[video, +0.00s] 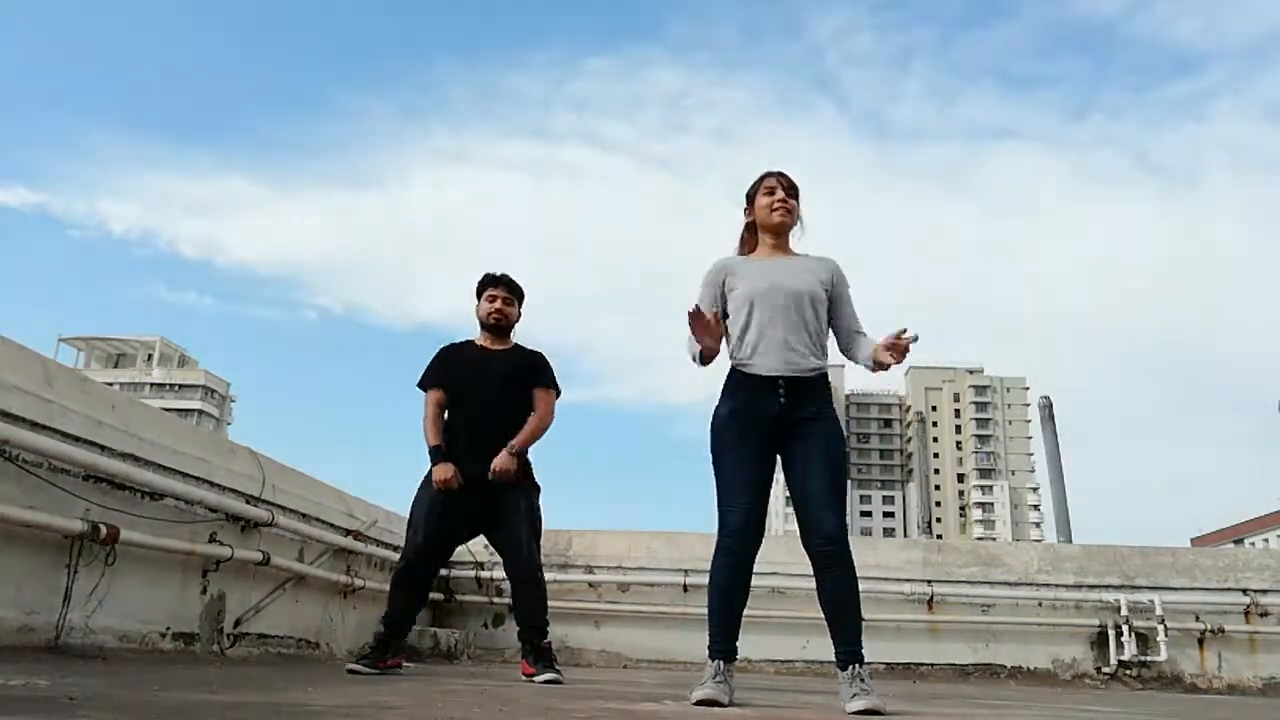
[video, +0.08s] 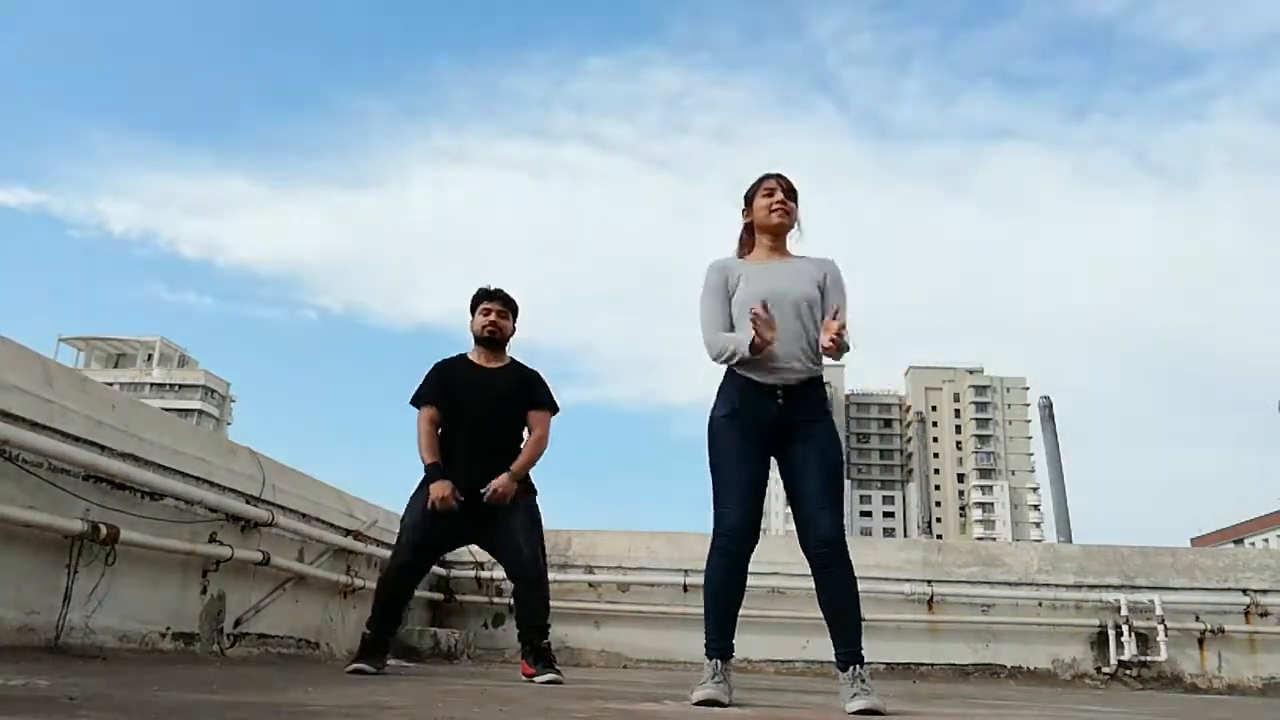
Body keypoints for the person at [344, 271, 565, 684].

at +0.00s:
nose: (498, 306)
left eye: (507, 302)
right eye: (491, 299)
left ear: (518, 313)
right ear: (477, 307)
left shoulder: (534, 362)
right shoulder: (451, 355)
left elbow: (544, 412)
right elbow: (433, 409)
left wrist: (514, 450)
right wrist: (439, 458)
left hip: (508, 483)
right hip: (452, 478)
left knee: (526, 566)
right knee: (416, 558)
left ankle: (537, 653)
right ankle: (389, 644)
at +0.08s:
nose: (493, 319)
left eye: (502, 315)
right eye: (485, 313)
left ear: (513, 328)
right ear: (472, 322)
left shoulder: (529, 380)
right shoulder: (445, 371)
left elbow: (540, 435)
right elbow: (427, 424)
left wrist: (514, 475)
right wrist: (435, 477)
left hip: (505, 494)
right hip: (445, 491)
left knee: (530, 567)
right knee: (404, 561)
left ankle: (536, 656)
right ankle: (373, 650)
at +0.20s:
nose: (482, 315)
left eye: (491, 311)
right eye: (475, 309)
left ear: (502, 323)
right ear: (461, 317)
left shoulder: (514, 376)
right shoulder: (433, 364)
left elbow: (524, 429)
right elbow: (415, 415)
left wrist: (519, 466)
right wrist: (423, 460)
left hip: (492, 490)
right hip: (435, 485)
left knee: (518, 570)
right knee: (401, 564)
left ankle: (536, 657)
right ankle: (373, 650)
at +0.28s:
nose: (476, 301)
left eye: (486, 297)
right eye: (470, 294)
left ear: (497, 310)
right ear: (457, 301)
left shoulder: (508, 361)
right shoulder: (428, 352)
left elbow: (528, 404)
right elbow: (395, 397)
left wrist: (530, 427)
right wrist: (402, 407)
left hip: (489, 475)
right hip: (431, 471)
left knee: (509, 563)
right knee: (402, 558)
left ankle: (530, 651)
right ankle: (373, 648)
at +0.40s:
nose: (469, 301)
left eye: (479, 297)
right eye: (463, 293)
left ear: (489, 310)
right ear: (449, 301)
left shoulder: (498, 355)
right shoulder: (426, 352)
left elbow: (531, 393)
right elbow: (374, 382)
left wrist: (560, 375)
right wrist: (360, 341)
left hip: (485, 472)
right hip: (429, 470)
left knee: (504, 530)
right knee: (402, 557)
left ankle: (476, 566)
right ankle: (372, 649)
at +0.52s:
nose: (471, 300)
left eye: (481, 296)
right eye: (465, 292)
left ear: (491, 309)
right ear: (450, 301)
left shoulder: (500, 355)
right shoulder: (426, 351)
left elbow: (539, 388)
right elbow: (372, 375)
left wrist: (563, 361)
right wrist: (366, 330)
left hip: (486, 469)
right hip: (430, 469)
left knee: (502, 523)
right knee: (398, 558)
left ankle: (466, 535)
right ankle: (372, 650)